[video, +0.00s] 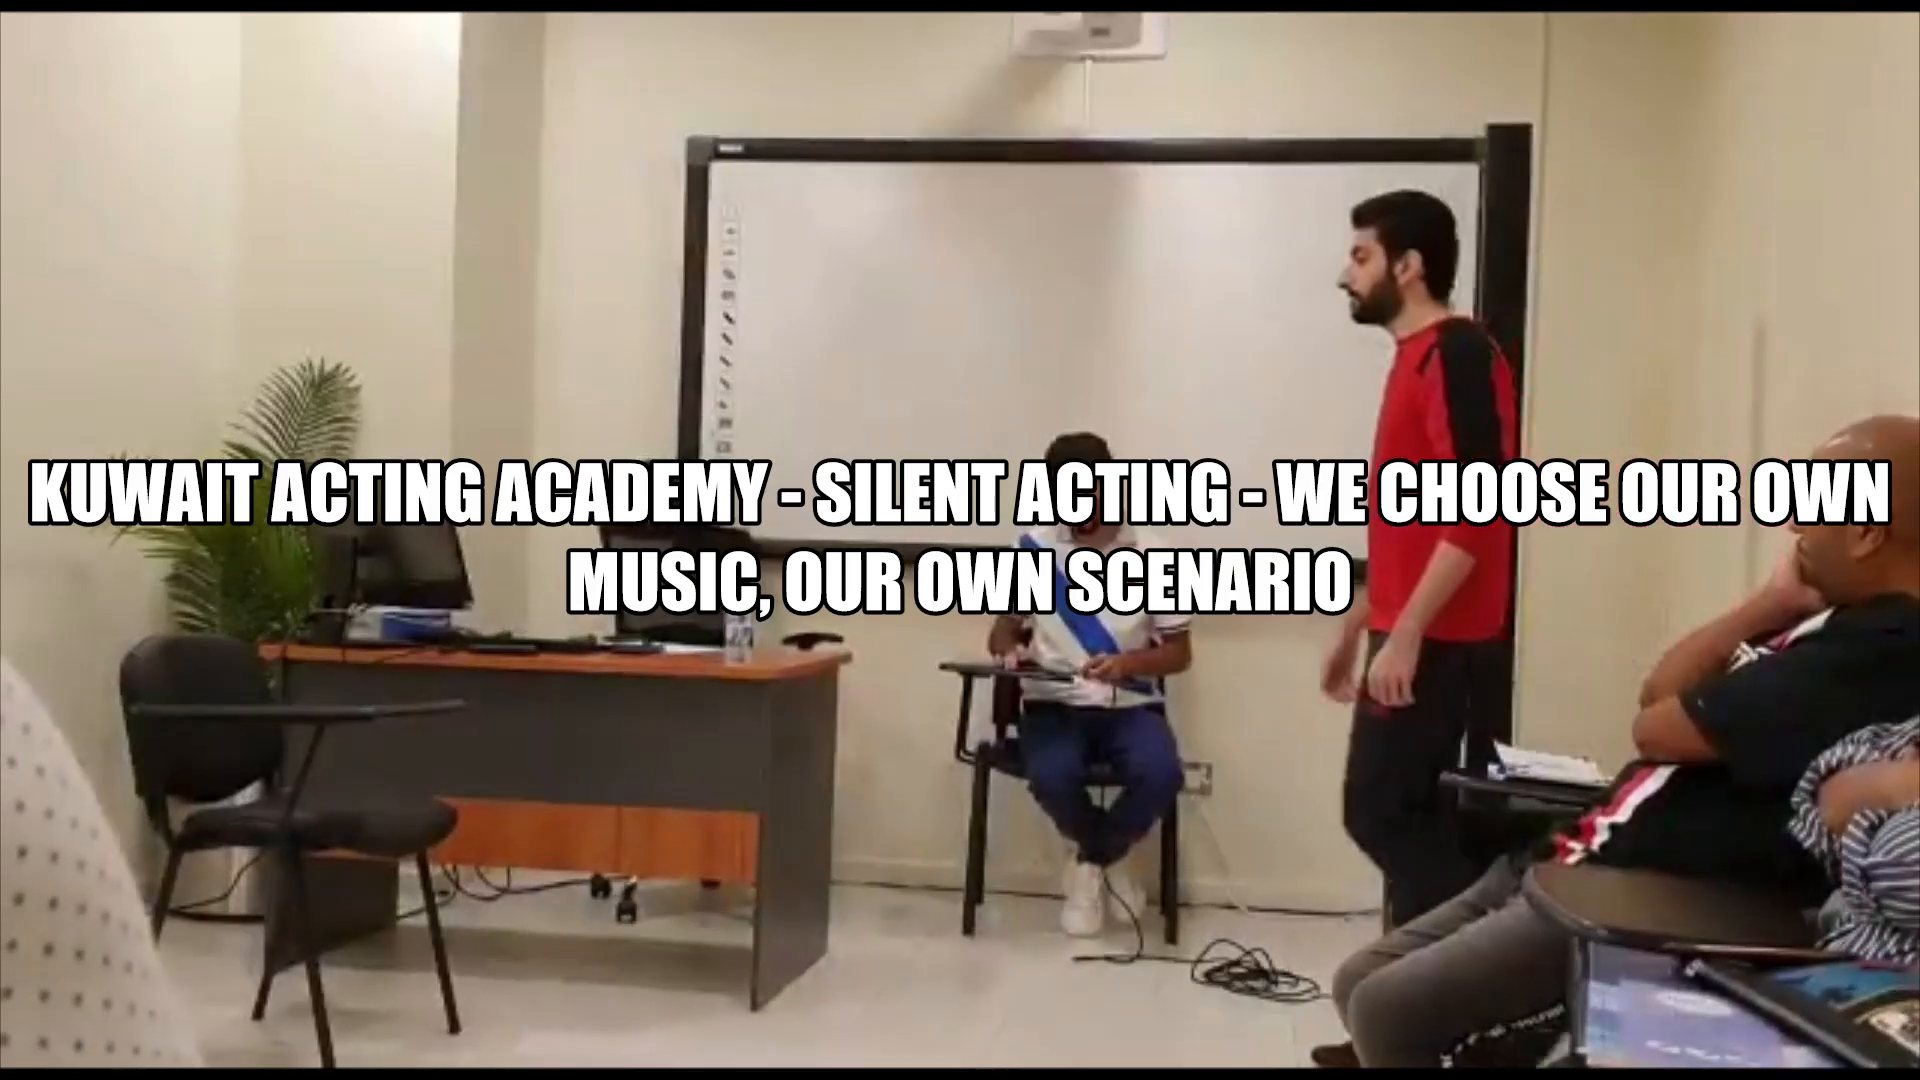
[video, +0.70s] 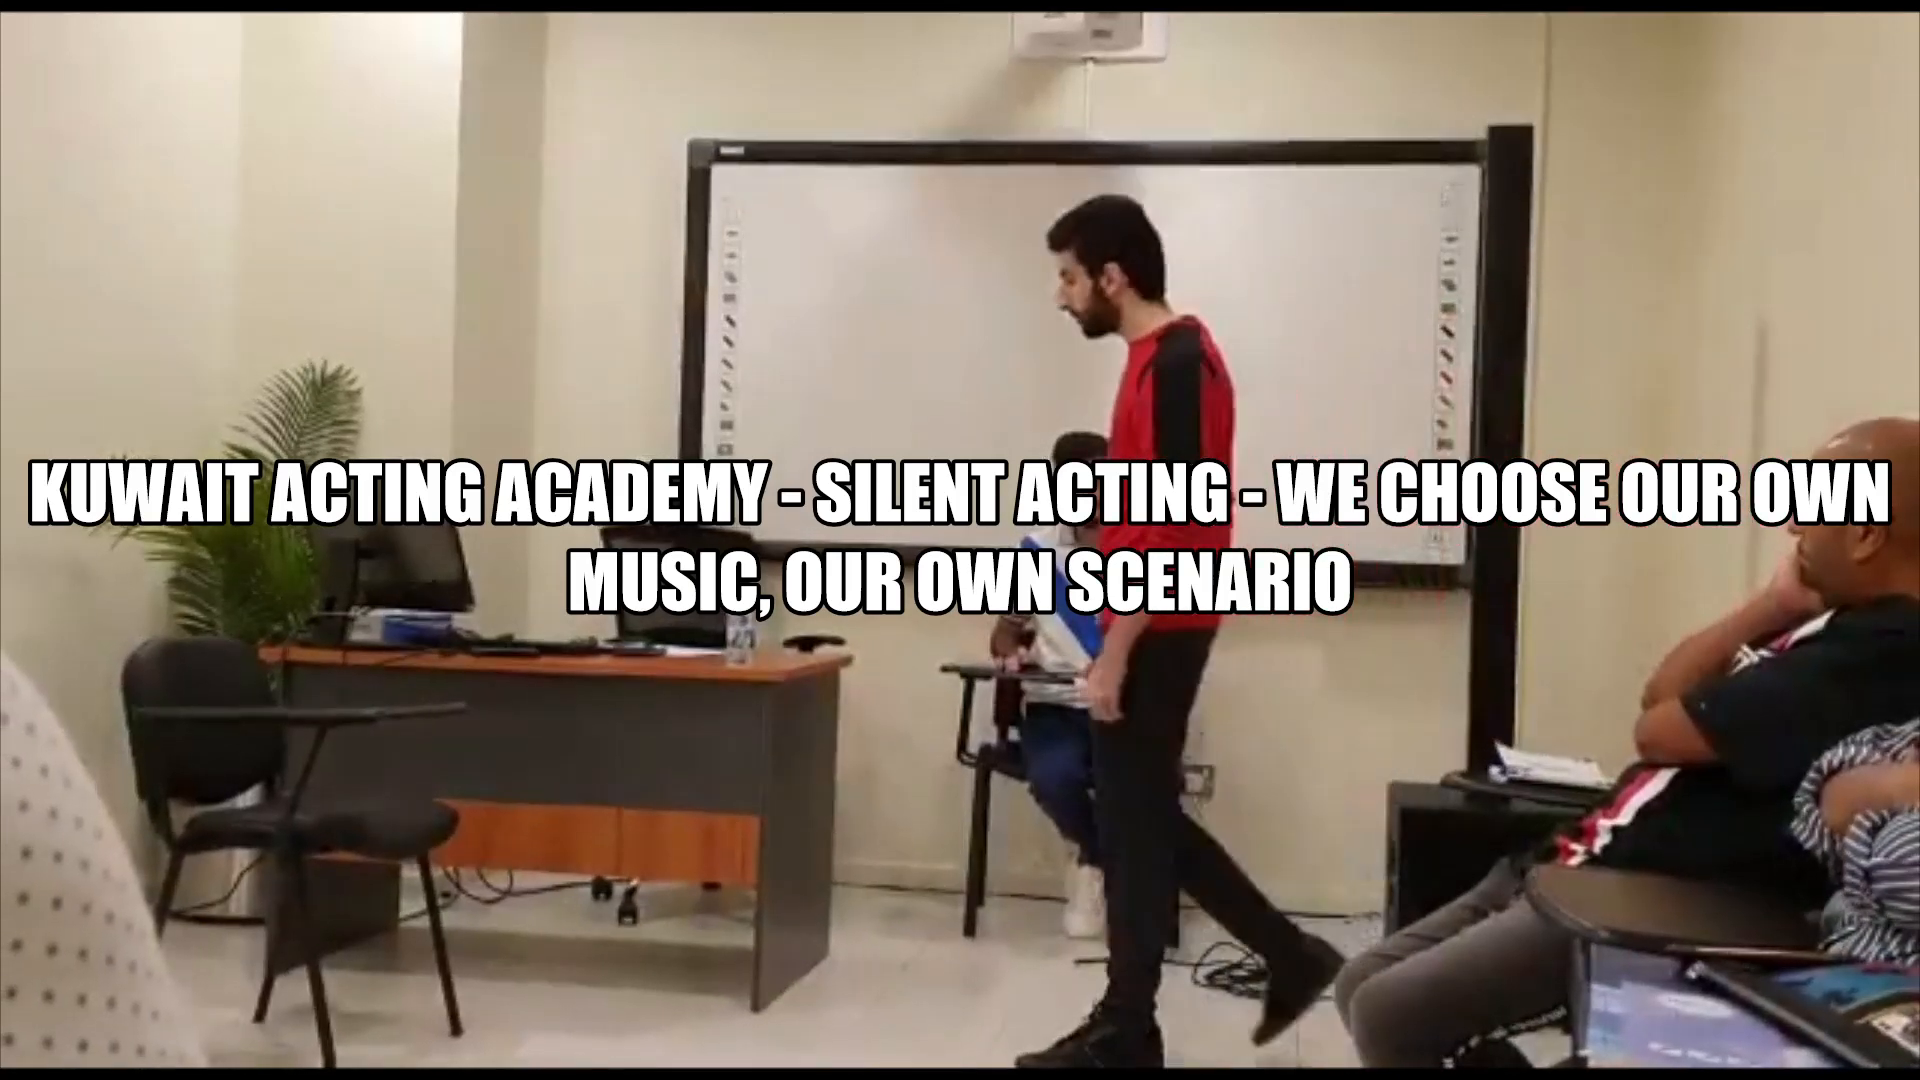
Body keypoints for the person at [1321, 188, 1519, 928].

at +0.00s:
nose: (1346, 273)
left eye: (1359, 256)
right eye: (1350, 255)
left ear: (1408, 265)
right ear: (1403, 266)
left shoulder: (1459, 353)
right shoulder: (1415, 357)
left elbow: (1474, 517)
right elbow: (1399, 520)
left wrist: (1407, 637)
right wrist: (1358, 626)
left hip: (1448, 643)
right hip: (1417, 640)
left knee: (1387, 815)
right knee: (1400, 815)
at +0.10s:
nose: (1315, 273)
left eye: (1329, 256)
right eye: (1318, 256)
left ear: (1379, 266)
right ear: (1376, 268)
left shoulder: (1427, 353)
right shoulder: (1384, 359)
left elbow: (1451, 514)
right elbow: (1364, 517)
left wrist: (1386, 633)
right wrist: (1300, 615)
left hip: (1402, 629)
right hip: (1387, 625)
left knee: (1315, 804)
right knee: (1403, 811)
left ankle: (1420, 967)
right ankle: (1445, 979)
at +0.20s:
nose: (1281, 275)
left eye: (1296, 260)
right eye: (1284, 260)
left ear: (1346, 271)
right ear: (1338, 273)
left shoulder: (1392, 359)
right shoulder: (1346, 363)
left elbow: (1415, 524)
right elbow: (1333, 520)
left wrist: (1362, 644)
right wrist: (1256, 610)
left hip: (1362, 633)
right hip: (1358, 628)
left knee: (1273, 810)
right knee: (1389, 826)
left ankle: (1298, 1022)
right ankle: (1429, 1020)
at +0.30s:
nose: (1239, 283)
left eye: (1255, 267)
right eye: (1243, 267)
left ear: (1308, 279)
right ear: (1299, 280)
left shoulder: (1352, 369)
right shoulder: (1307, 368)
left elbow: (1389, 518)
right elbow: (1299, 522)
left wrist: (1337, 651)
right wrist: (1223, 608)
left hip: (1324, 646)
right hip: (1318, 640)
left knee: (1245, 832)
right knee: (1376, 844)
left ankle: (1172, 1025)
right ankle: (1436, 1023)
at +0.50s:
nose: (1145, 289)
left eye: (1158, 272)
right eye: (1146, 272)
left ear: (1210, 277)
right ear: (1206, 280)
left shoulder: (1258, 369)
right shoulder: (1216, 368)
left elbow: (1288, 531)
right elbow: (1221, 529)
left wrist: (1253, 671)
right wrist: (1170, 646)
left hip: (1235, 646)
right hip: (1224, 640)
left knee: (1160, 822)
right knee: (1289, 815)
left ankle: (1128, 1023)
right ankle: (1399, 987)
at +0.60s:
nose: (1099, 289)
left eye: (1108, 271)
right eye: (1099, 272)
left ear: (1156, 273)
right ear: (1161, 274)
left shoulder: (1217, 359)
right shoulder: (1185, 358)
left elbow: (1234, 517)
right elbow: (1182, 521)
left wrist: (1190, 658)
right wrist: (1138, 644)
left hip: (1195, 637)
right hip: (1166, 634)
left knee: (1150, 826)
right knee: (1210, 812)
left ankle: (1127, 1027)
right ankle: (1361, 976)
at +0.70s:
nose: (1060, 294)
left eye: (1068, 276)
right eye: (1059, 277)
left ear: (1113, 274)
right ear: (1122, 275)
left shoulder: (1173, 361)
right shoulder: (1160, 355)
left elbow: (1169, 520)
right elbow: (1155, 513)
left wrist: (1118, 649)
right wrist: (1117, 639)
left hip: (1167, 626)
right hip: (1153, 623)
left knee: (1134, 810)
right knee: (1139, 806)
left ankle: (1126, 1025)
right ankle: (1290, 954)